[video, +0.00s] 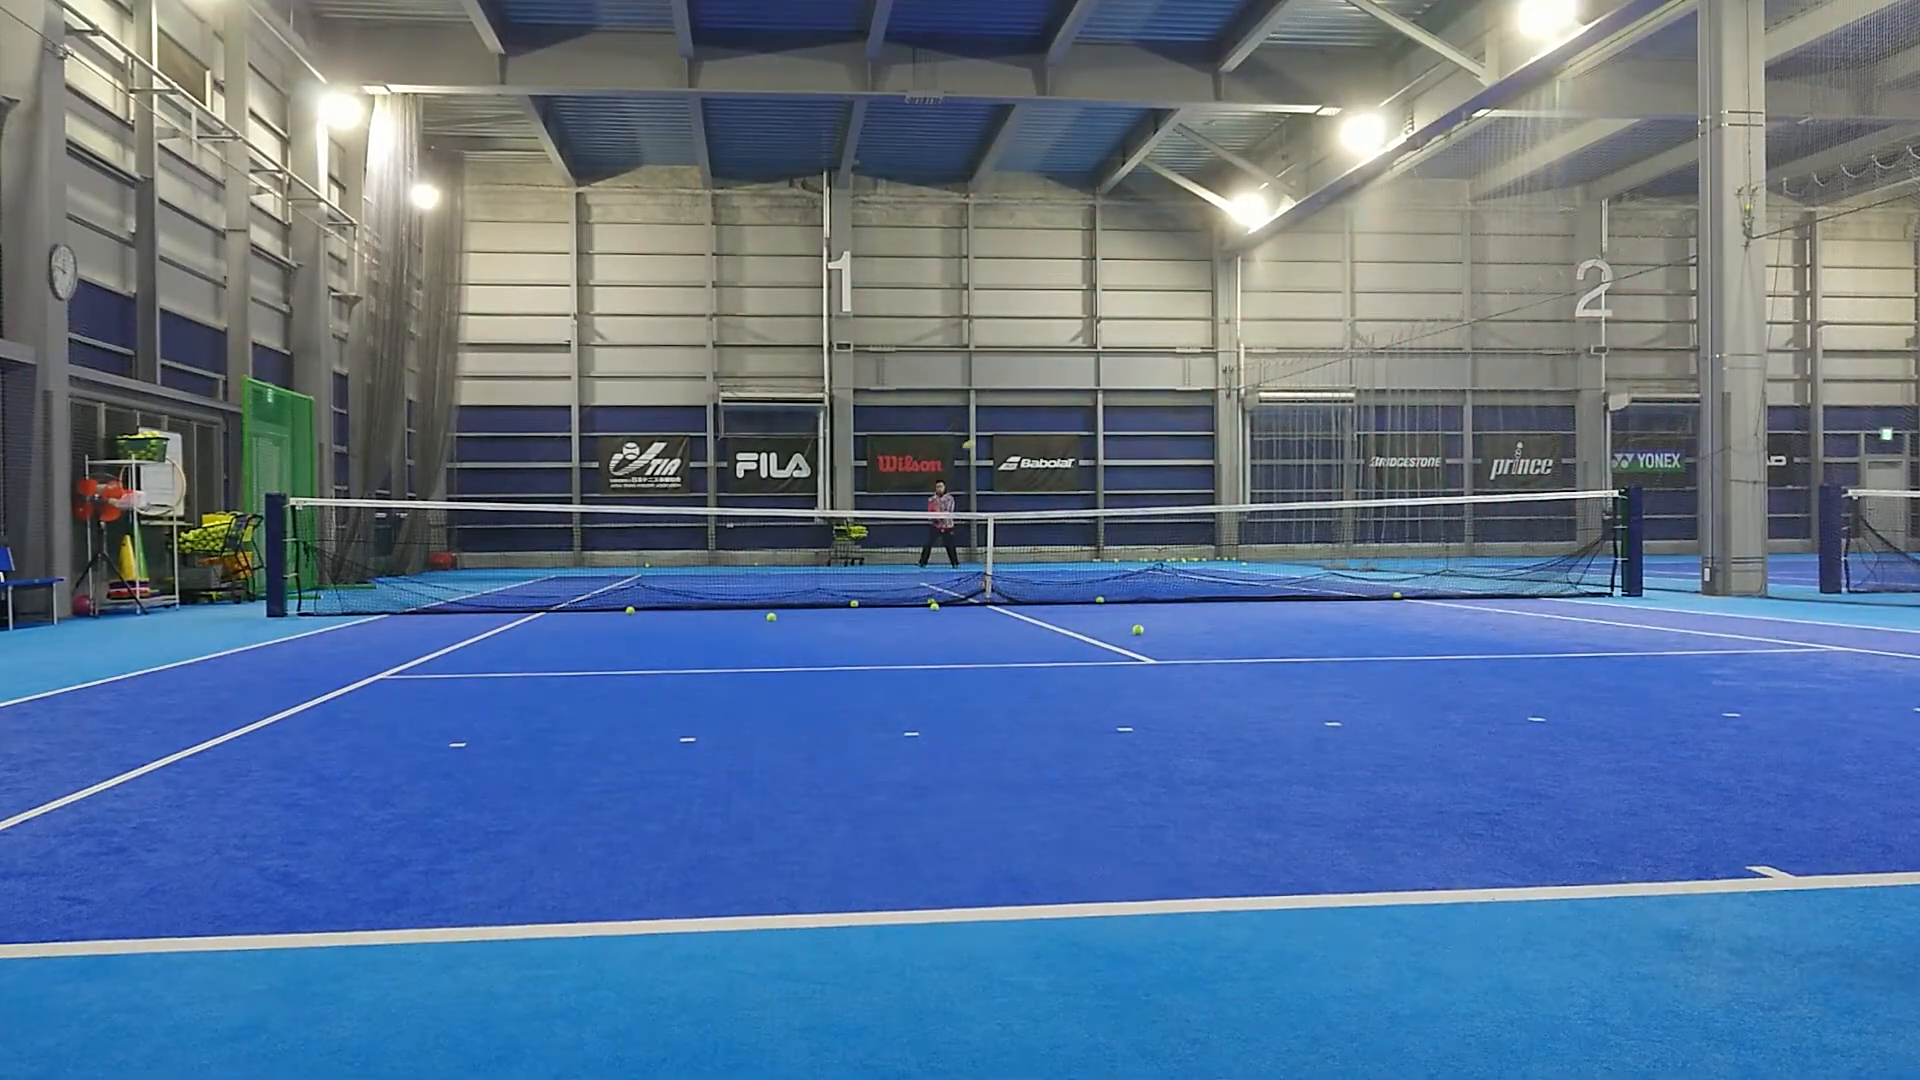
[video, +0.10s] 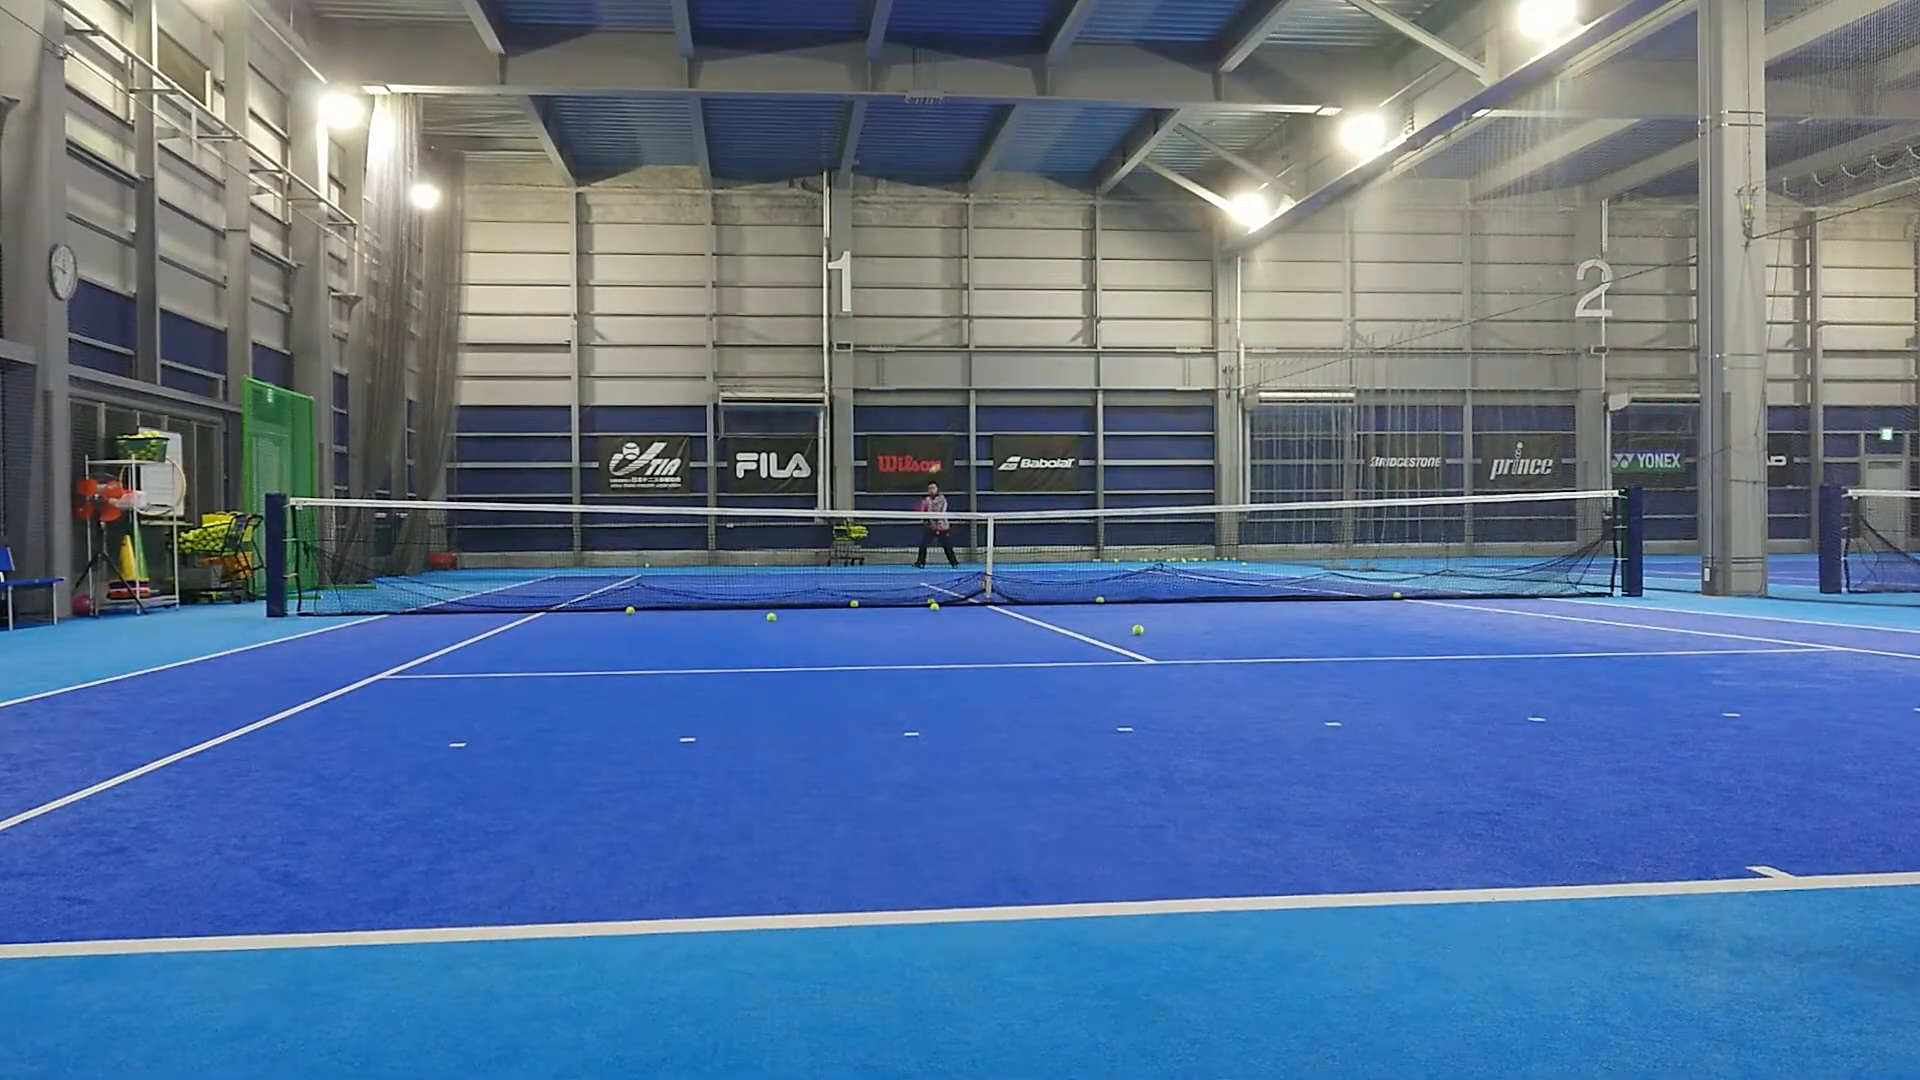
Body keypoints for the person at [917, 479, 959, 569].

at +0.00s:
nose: (939, 489)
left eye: (941, 486)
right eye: (938, 487)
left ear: (945, 488)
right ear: (935, 488)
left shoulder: (949, 499)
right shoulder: (932, 499)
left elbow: (949, 512)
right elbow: (930, 512)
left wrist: (941, 518)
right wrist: (936, 518)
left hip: (947, 526)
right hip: (936, 526)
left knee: (950, 546)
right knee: (928, 544)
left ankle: (955, 563)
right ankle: (922, 562)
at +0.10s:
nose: (931, 490)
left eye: (933, 488)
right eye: (930, 488)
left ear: (937, 489)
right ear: (928, 490)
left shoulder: (942, 500)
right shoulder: (926, 500)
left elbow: (942, 513)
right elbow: (923, 512)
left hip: (942, 527)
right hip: (930, 527)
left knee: (947, 547)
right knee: (923, 545)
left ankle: (954, 563)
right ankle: (920, 562)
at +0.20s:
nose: (922, 490)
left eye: (923, 488)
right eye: (920, 488)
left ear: (927, 489)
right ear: (918, 490)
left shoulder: (932, 498)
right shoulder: (917, 501)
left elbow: (933, 512)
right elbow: (915, 513)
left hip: (934, 527)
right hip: (923, 527)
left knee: (941, 546)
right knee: (918, 546)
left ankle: (953, 561)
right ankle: (921, 562)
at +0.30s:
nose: (913, 491)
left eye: (915, 489)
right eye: (911, 489)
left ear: (919, 489)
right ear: (909, 491)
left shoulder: (923, 498)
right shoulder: (910, 501)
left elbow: (922, 509)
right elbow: (907, 512)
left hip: (926, 526)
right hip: (916, 526)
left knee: (925, 547)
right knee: (914, 546)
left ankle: (939, 554)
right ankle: (920, 562)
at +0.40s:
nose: (905, 491)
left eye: (906, 489)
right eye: (903, 490)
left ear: (910, 489)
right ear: (901, 491)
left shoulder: (916, 497)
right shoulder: (903, 500)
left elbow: (915, 507)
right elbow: (900, 510)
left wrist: (905, 510)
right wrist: (892, 510)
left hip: (918, 524)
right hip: (909, 524)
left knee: (912, 544)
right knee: (907, 544)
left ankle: (920, 562)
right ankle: (916, 562)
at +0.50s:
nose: (897, 492)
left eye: (899, 489)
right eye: (895, 490)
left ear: (903, 489)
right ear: (894, 491)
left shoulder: (908, 499)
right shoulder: (896, 500)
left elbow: (912, 511)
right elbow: (893, 509)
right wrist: (882, 510)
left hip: (908, 524)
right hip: (901, 524)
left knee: (901, 546)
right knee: (900, 546)